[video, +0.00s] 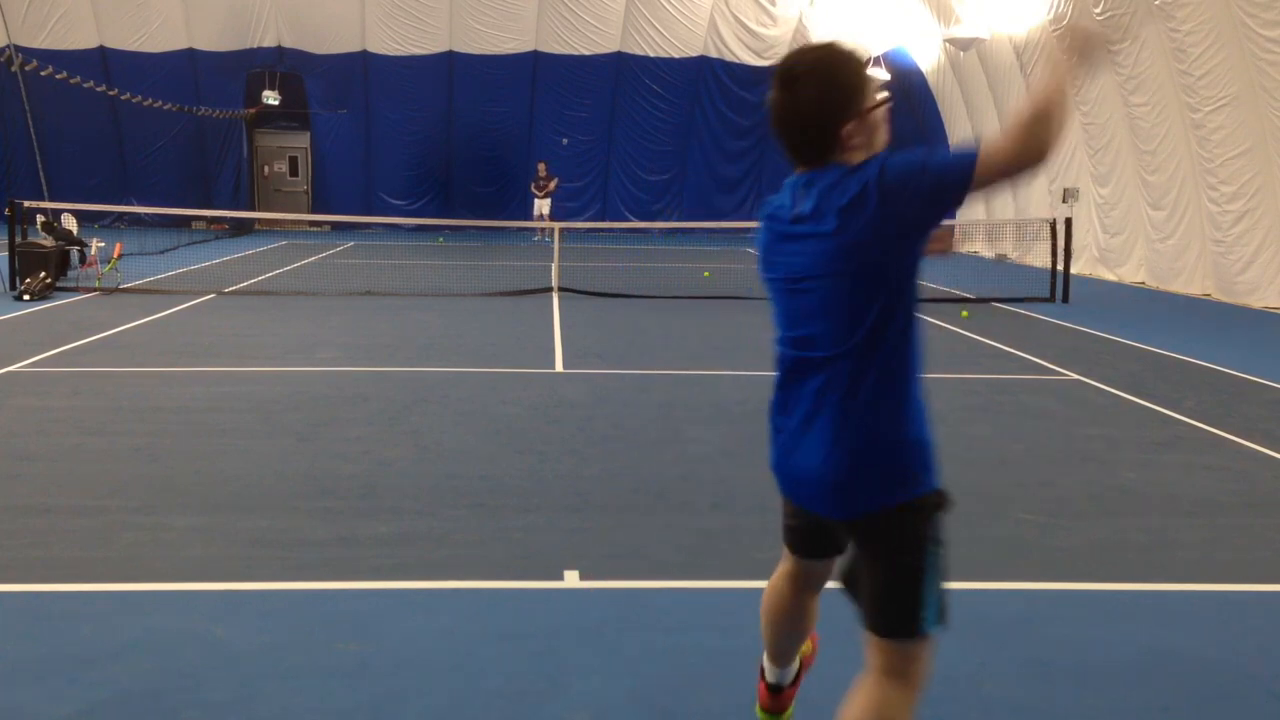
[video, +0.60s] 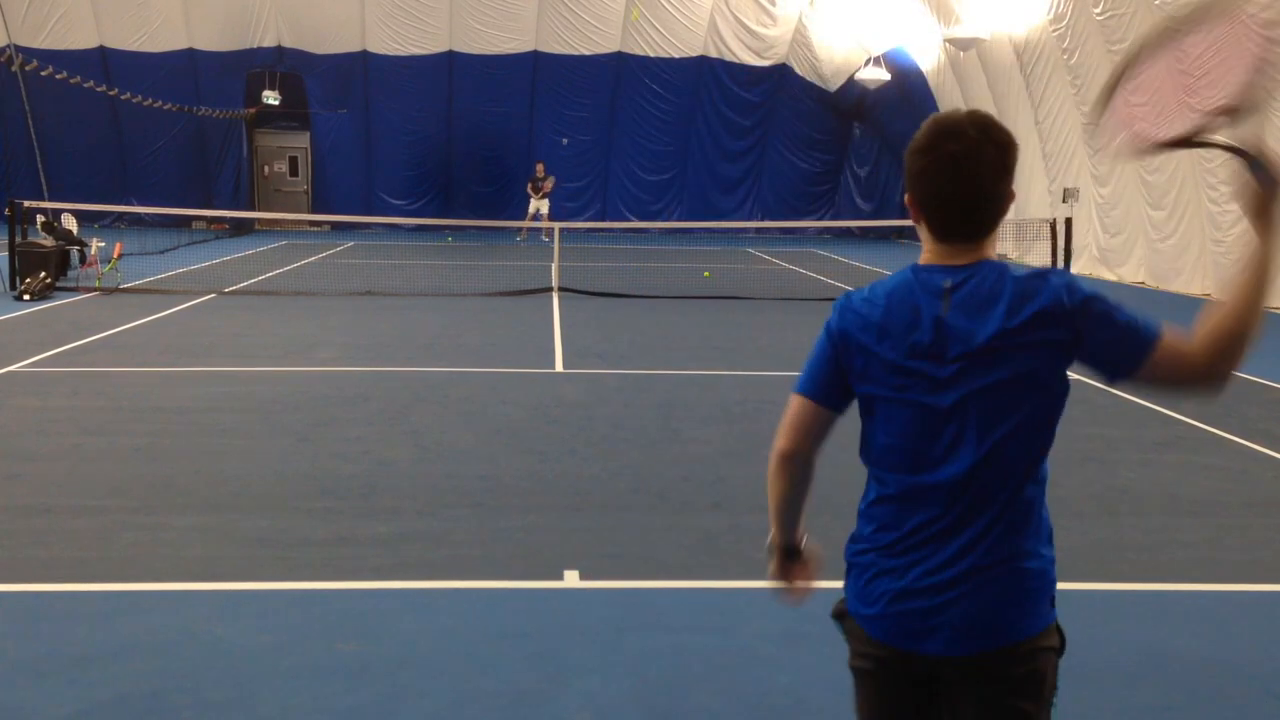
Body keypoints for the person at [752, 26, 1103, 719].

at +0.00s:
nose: (887, 108)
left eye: (881, 98)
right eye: (877, 103)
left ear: (801, 133)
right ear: (849, 131)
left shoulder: (780, 209)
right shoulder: (886, 189)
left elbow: (837, 260)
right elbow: (1024, 147)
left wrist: (910, 241)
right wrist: (1063, 59)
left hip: (799, 453)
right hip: (883, 463)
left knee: (800, 566)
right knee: (895, 668)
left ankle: (776, 683)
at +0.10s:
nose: (916, 112)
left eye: (911, 100)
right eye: (909, 102)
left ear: (825, 131)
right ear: (895, 120)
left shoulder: (811, 227)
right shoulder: (925, 194)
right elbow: (1043, 95)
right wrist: (992, 10)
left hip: (829, 478)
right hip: (924, 490)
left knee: (813, 587)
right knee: (942, 691)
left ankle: (772, 701)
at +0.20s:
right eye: (949, 172)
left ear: (856, 203)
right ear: (945, 191)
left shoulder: (835, 306)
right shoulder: (978, 267)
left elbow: (824, 368)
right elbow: (1058, 134)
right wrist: (945, 49)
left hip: (859, 561)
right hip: (962, 571)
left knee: (844, 640)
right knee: (981, 705)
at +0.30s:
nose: (887, 226)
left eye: (888, 216)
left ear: (884, 234)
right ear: (969, 236)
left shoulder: (845, 351)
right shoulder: (1001, 318)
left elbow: (800, 423)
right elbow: (1112, 204)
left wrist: (865, 378)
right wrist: (999, 129)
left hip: (879, 618)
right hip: (985, 621)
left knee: (890, 710)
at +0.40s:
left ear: (893, 223)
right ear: (991, 224)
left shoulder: (849, 337)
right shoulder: (1024, 306)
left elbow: (786, 432)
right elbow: (1165, 238)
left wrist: (860, 458)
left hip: (891, 627)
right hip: (1002, 627)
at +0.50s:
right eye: (998, 186)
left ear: (901, 205)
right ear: (998, 202)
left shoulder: (858, 316)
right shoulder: (1039, 295)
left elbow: (777, 432)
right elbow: (1202, 282)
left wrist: (823, 503)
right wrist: (1183, 152)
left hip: (893, 606)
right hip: (1010, 609)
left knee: (908, 709)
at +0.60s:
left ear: (911, 204)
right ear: (1008, 201)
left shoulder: (861, 315)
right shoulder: (1051, 303)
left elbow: (790, 451)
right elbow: (1205, 362)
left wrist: (785, 539)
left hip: (886, 611)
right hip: (1006, 617)